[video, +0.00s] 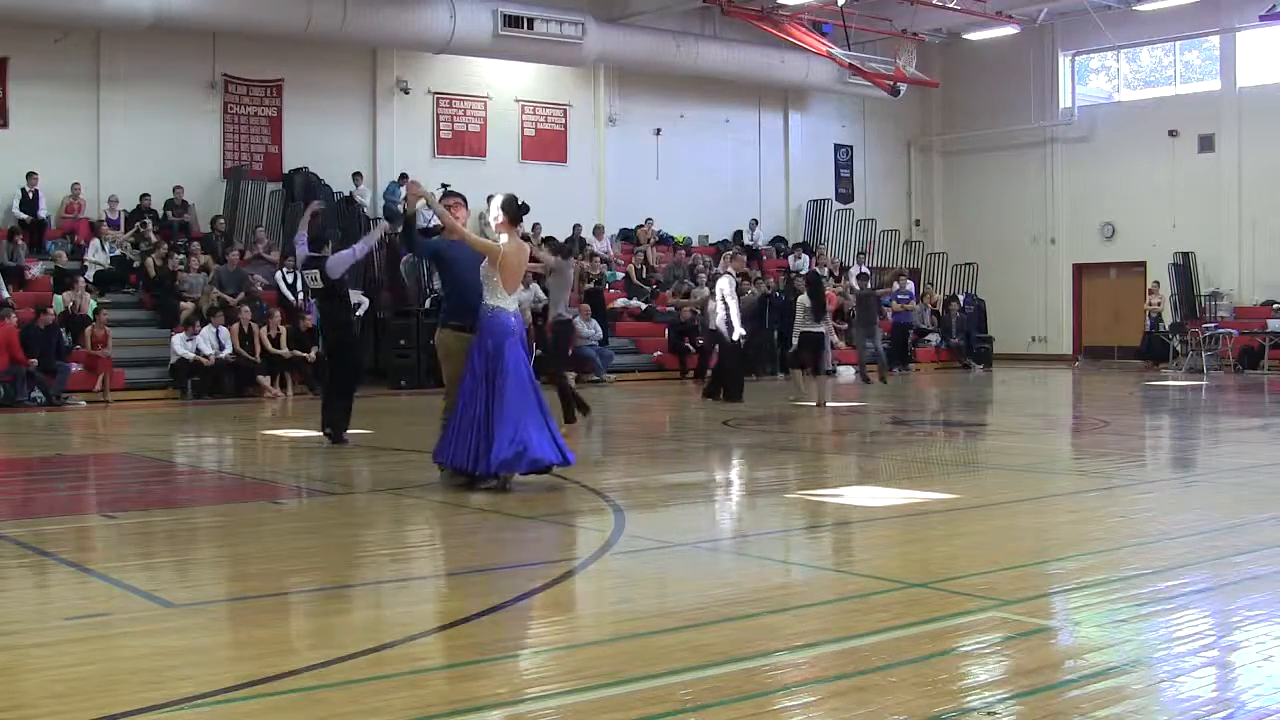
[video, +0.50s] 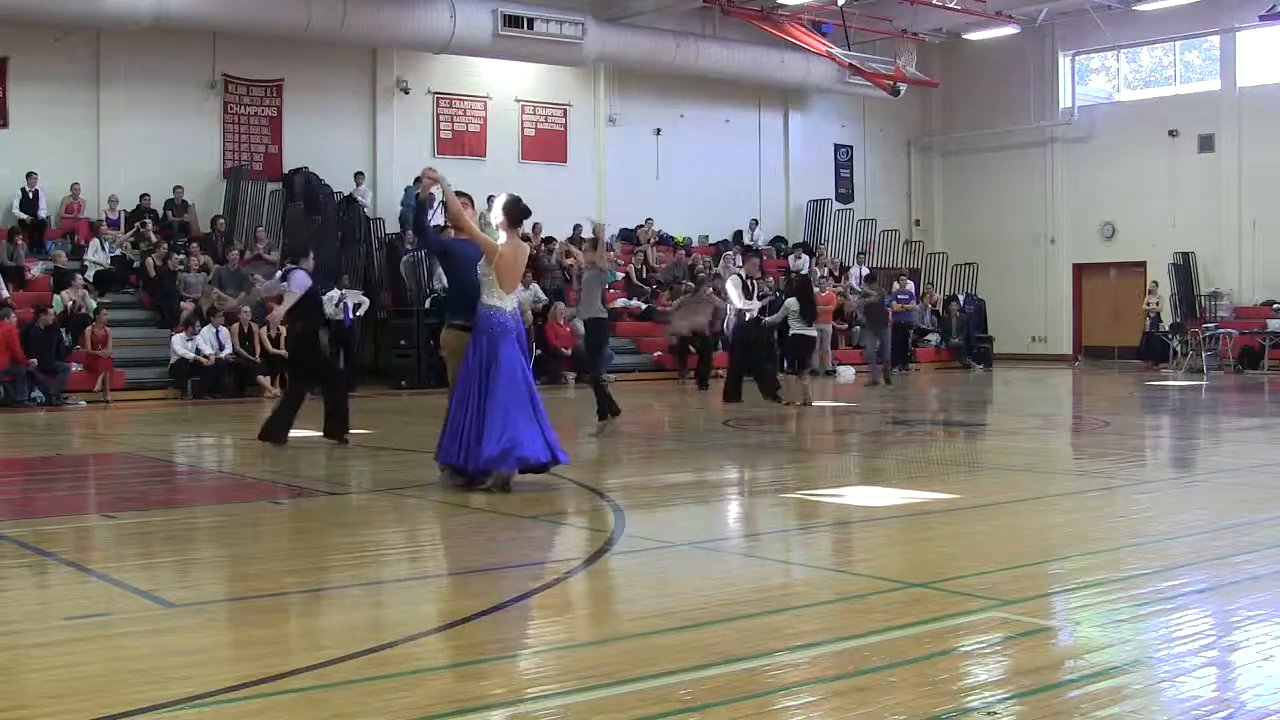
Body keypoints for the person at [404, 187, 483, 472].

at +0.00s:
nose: (452, 211)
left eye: (456, 206)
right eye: (447, 208)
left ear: (468, 212)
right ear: (440, 215)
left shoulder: (483, 245)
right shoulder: (439, 245)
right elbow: (411, 243)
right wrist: (411, 206)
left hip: (484, 331)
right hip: (454, 331)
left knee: (484, 396)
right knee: (456, 397)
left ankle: (483, 459)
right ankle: (451, 458)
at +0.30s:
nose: (458, 210)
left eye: (462, 205)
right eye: (453, 206)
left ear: (470, 211)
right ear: (445, 213)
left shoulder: (483, 244)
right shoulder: (442, 242)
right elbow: (420, 230)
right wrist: (421, 190)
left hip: (485, 329)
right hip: (457, 329)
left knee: (485, 394)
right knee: (458, 396)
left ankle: (483, 457)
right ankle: (454, 457)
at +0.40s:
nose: (458, 212)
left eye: (461, 207)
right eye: (455, 207)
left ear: (469, 213)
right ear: (450, 215)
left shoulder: (485, 245)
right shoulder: (445, 245)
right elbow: (422, 231)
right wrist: (423, 193)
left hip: (477, 328)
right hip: (460, 328)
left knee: (467, 394)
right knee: (461, 394)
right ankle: (454, 455)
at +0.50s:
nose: (459, 209)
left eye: (465, 205)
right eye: (454, 205)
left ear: (474, 212)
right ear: (447, 214)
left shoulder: (487, 245)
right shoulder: (446, 245)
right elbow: (420, 229)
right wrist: (424, 194)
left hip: (489, 329)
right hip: (459, 328)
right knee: (460, 399)